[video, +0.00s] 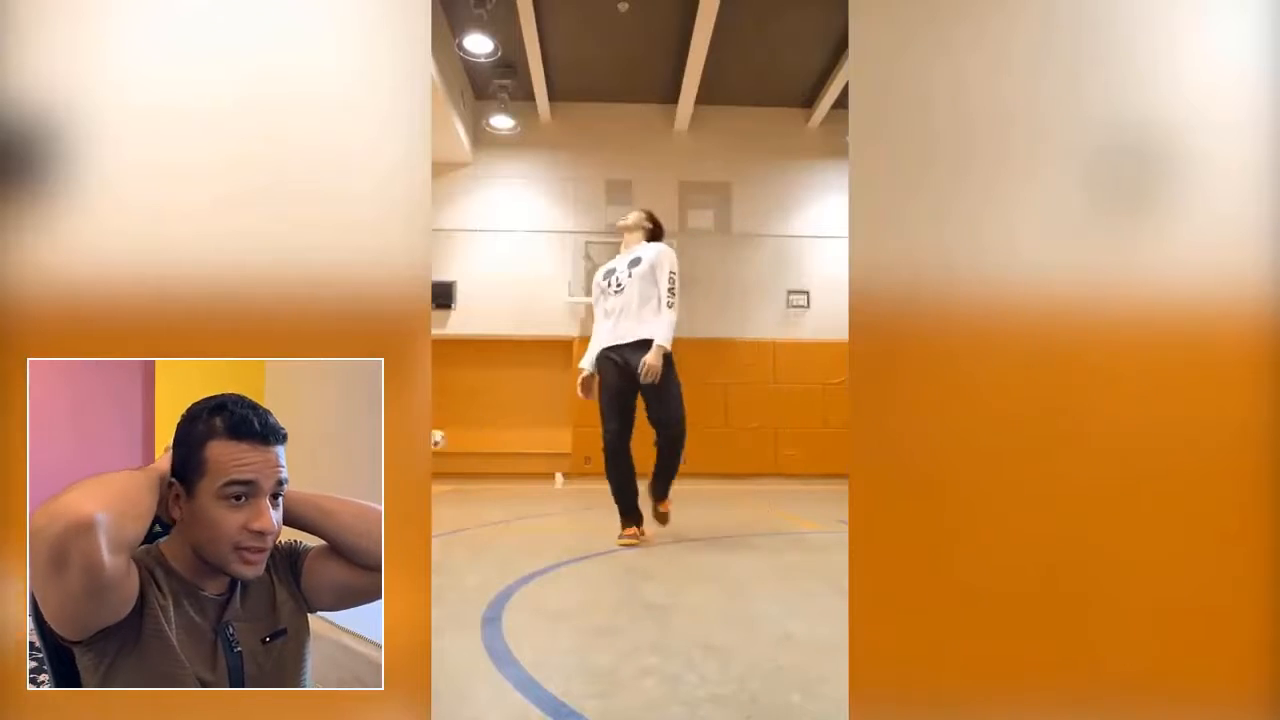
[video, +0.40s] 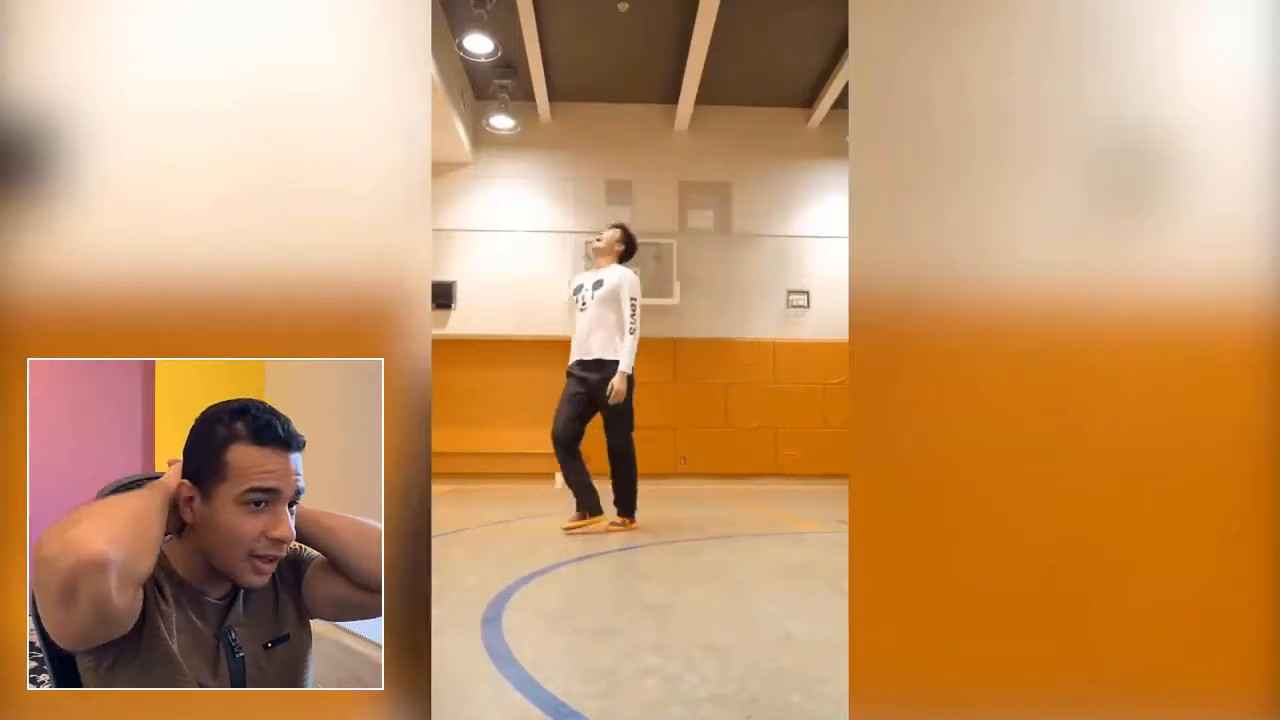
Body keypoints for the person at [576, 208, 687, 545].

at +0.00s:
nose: (625, 215)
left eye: (634, 213)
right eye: (626, 213)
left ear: (647, 226)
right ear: (624, 229)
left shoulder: (659, 251)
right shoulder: (602, 273)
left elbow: (670, 304)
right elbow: (601, 324)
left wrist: (659, 348)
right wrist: (588, 363)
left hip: (649, 348)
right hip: (610, 355)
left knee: (673, 430)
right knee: (614, 439)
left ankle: (659, 492)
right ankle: (630, 522)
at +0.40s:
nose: (599, 234)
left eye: (608, 231)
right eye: (603, 230)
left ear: (619, 246)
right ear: (603, 244)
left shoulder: (626, 276)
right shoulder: (580, 281)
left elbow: (632, 329)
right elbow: (579, 329)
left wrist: (623, 372)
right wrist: (572, 366)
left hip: (612, 370)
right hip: (581, 370)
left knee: (619, 444)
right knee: (563, 436)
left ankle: (626, 513)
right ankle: (588, 508)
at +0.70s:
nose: (587, 263)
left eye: (594, 266)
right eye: (592, 262)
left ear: (597, 280)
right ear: (588, 275)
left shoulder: (589, 296)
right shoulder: (561, 299)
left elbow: (590, 340)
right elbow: (548, 349)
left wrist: (580, 378)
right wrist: (521, 378)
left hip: (563, 374)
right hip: (538, 374)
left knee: (593, 443)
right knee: (532, 444)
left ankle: (624, 509)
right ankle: (540, 508)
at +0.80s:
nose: (585, 270)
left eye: (591, 273)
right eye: (590, 270)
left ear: (591, 286)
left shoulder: (581, 299)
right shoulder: (554, 301)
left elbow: (578, 339)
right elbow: (536, 348)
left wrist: (570, 376)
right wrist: (504, 369)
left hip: (547, 373)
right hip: (524, 374)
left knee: (575, 440)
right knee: (523, 446)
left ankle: (612, 497)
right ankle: (540, 507)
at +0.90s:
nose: (571, 273)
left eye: (577, 276)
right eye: (577, 273)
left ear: (577, 290)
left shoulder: (564, 303)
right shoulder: (542, 303)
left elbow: (563, 342)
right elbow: (510, 339)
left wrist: (552, 373)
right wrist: (469, 341)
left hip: (527, 368)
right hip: (511, 365)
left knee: (521, 435)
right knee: (513, 439)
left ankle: (549, 495)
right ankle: (534, 502)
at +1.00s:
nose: (554, 273)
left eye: (559, 276)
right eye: (560, 272)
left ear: (558, 289)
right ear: (557, 285)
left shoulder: (543, 301)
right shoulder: (530, 301)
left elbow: (542, 344)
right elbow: (496, 334)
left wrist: (534, 380)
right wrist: (456, 329)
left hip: (511, 374)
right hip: (503, 372)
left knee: (473, 434)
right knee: (515, 443)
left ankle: (487, 496)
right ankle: (539, 505)